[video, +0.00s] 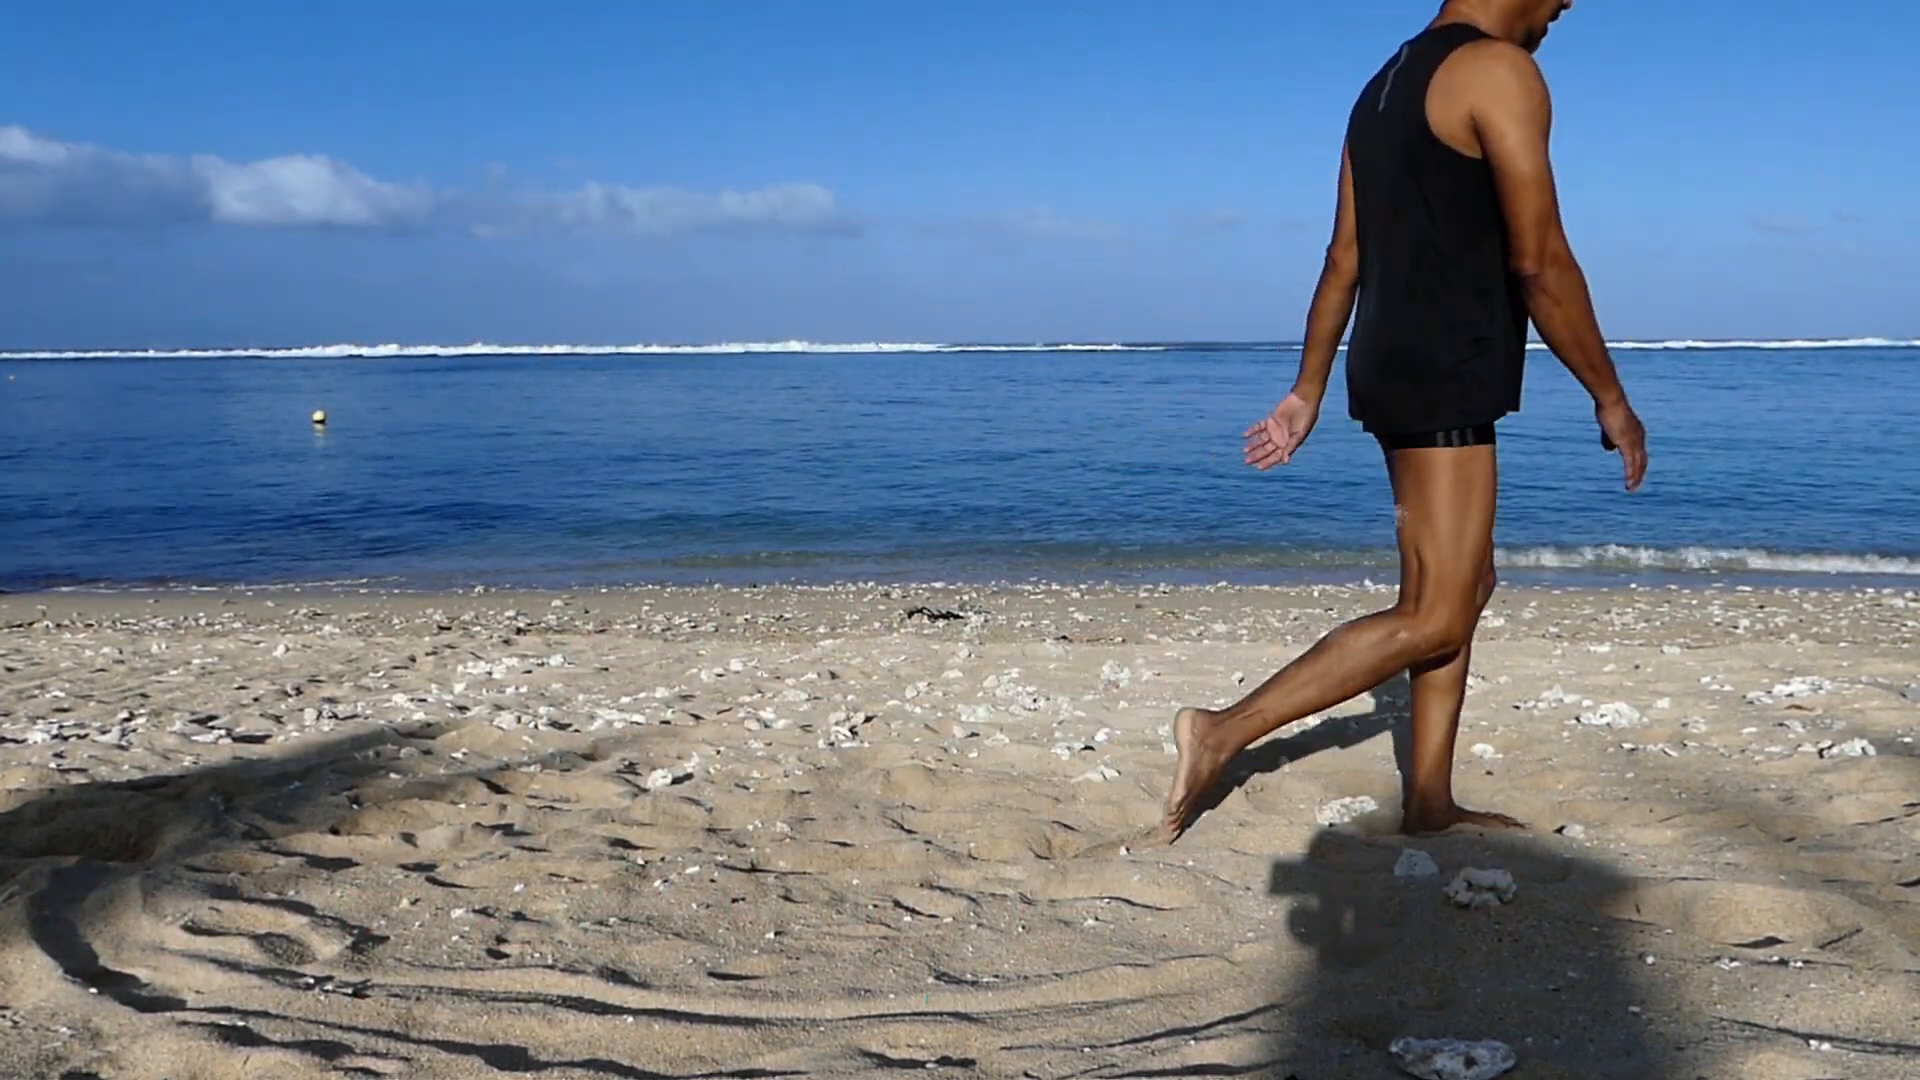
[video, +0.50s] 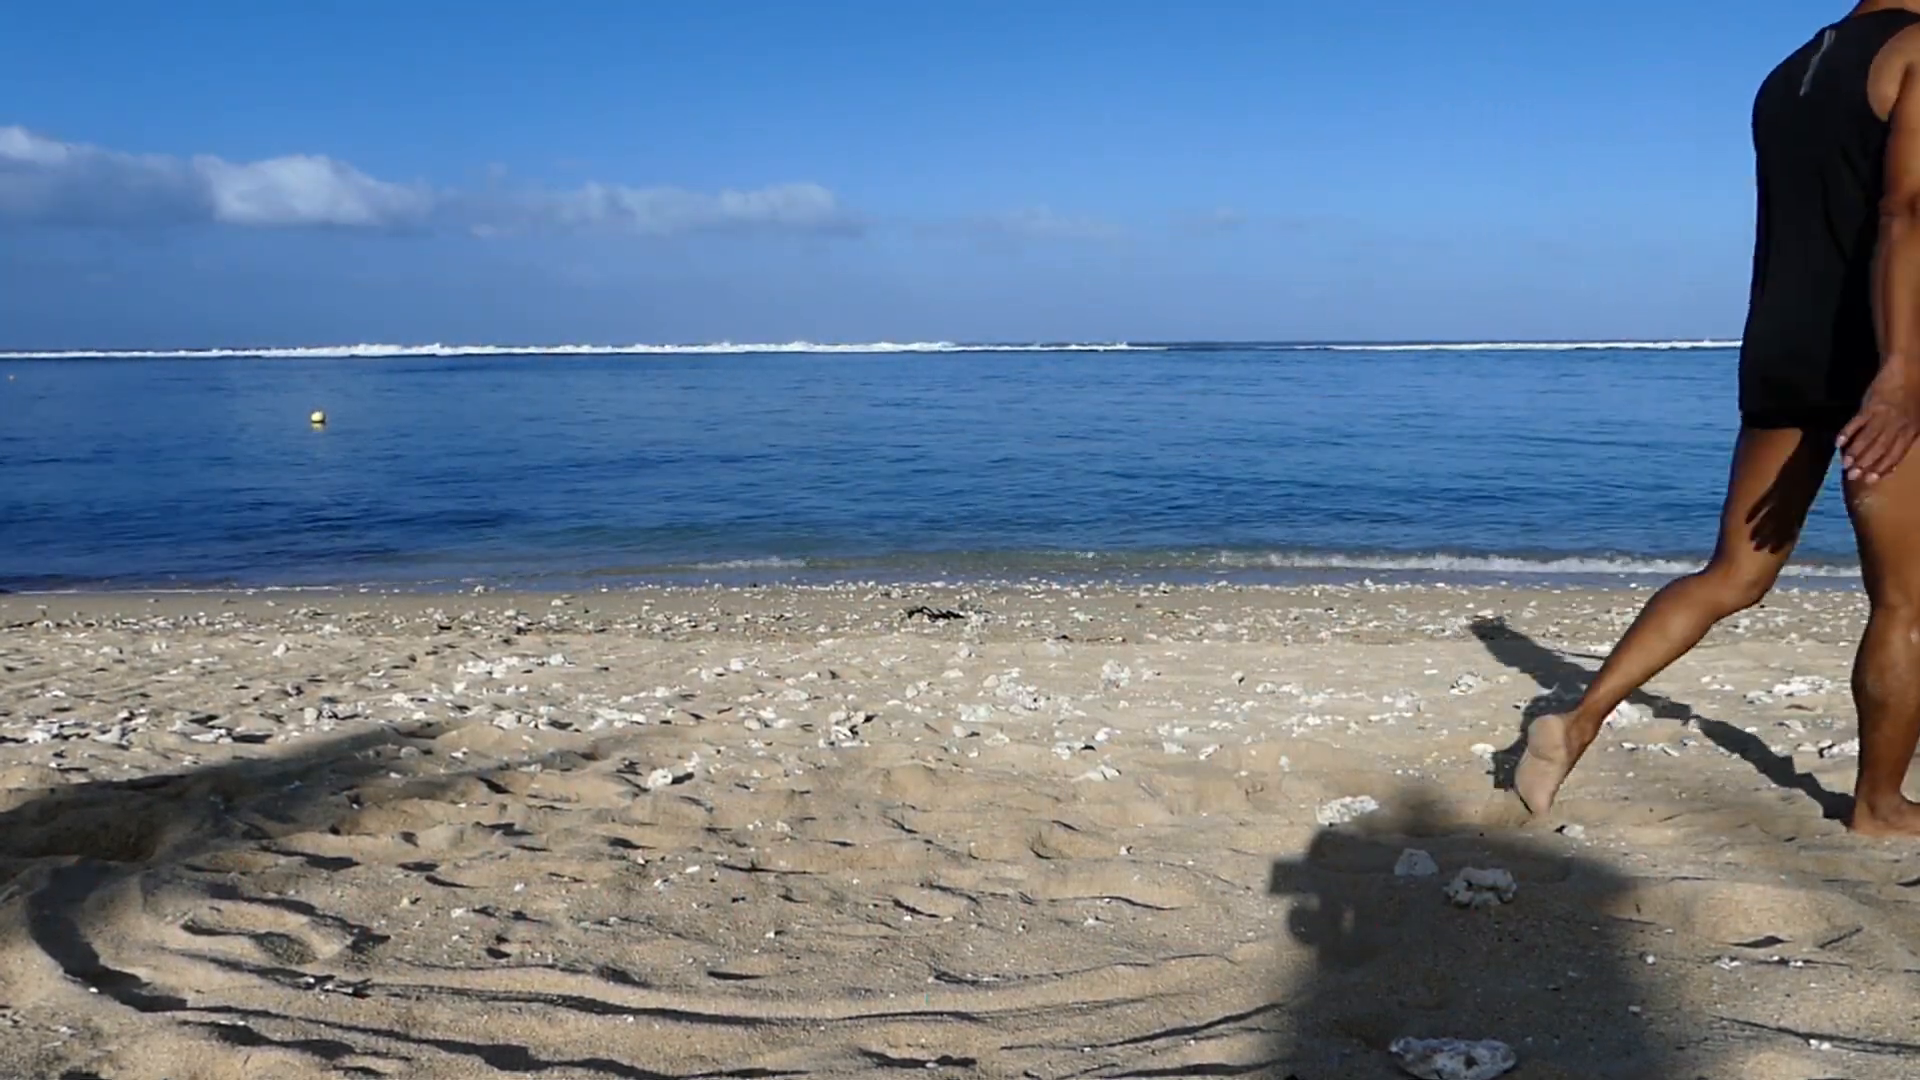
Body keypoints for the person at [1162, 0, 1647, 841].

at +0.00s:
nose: (1555, 21)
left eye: (1559, 10)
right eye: (1557, 8)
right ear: (1532, 0)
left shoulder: (1386, 86)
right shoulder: (1505, 74)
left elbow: (1345, 257)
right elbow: (1541, 263)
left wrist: (1308, 388)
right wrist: (1612, 399)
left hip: (1393, 372)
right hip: (1446, 377)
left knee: (1466, 585)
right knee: (1435, 622)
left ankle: (1428, 804)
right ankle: (1221, 734)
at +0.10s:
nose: (1582, 17)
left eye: (1585, 7)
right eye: (1584, 5)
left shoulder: (1412, 79)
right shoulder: (1529, 71)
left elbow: (1380, 255)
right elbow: (1546, 263)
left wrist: (1362, 388)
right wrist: (1604, 419)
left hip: (1409, 366)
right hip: (1476, 374)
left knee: (1459, 596)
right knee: (1508, 609)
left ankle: (1430, 804)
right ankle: (1289, 719)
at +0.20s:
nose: (1625, 7)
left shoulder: (1459, 65)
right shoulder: (1568, 60)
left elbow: (1453, 245)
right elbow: (1562, 251)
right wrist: (1590, 418)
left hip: (1445, 354)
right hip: (1512, 362)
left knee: (1466, 584)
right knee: (1602, 580)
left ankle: (1429, 804)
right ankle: (1391, 713)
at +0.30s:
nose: (1726, 5)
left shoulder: (1570, 51)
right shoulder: (1669, 49)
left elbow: (1571, 223)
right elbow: (1610, 198)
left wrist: (1669, 340)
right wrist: (1586, 347)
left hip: (1529, 343)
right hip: (1620, 350)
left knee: (1480, 581)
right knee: (1756, 542)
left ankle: (1436, 796)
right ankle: (1694, 768)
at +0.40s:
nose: (1868, 6)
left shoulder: (1689, 66)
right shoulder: (1813, 47)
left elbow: (1736, 234)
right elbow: (1739, 172)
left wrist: (1859, 313)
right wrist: (1687, 293)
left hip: (1656, 341)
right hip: (1756, 350)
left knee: (1564, 569)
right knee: (1844, 582)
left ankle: (1461, 770)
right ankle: (1876, 795)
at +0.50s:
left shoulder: (1789, 73)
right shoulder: (1910, 48)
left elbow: (1779, 234)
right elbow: (1903, 213)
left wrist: (1782, 354)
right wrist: (1901, 369)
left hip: (1780, 355)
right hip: (1872, 358)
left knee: (1735, 571)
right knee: (1903, 600)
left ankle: (1578, 722)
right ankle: (1881, 804)